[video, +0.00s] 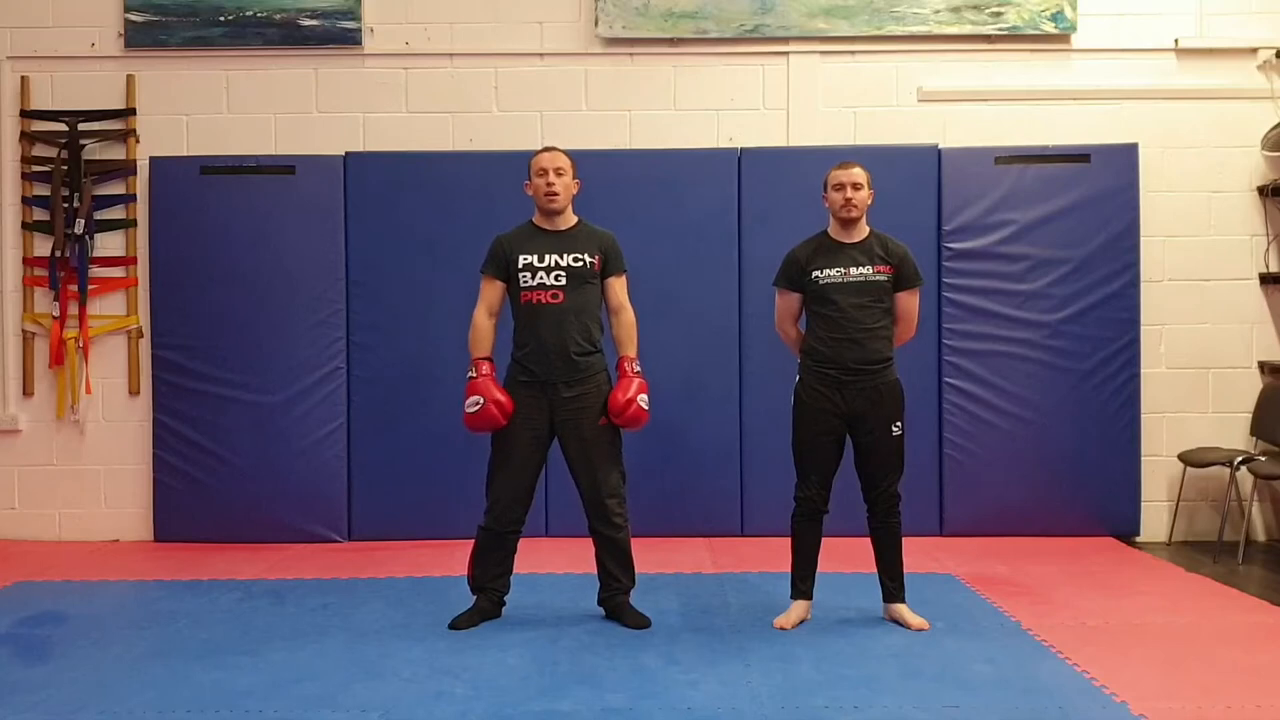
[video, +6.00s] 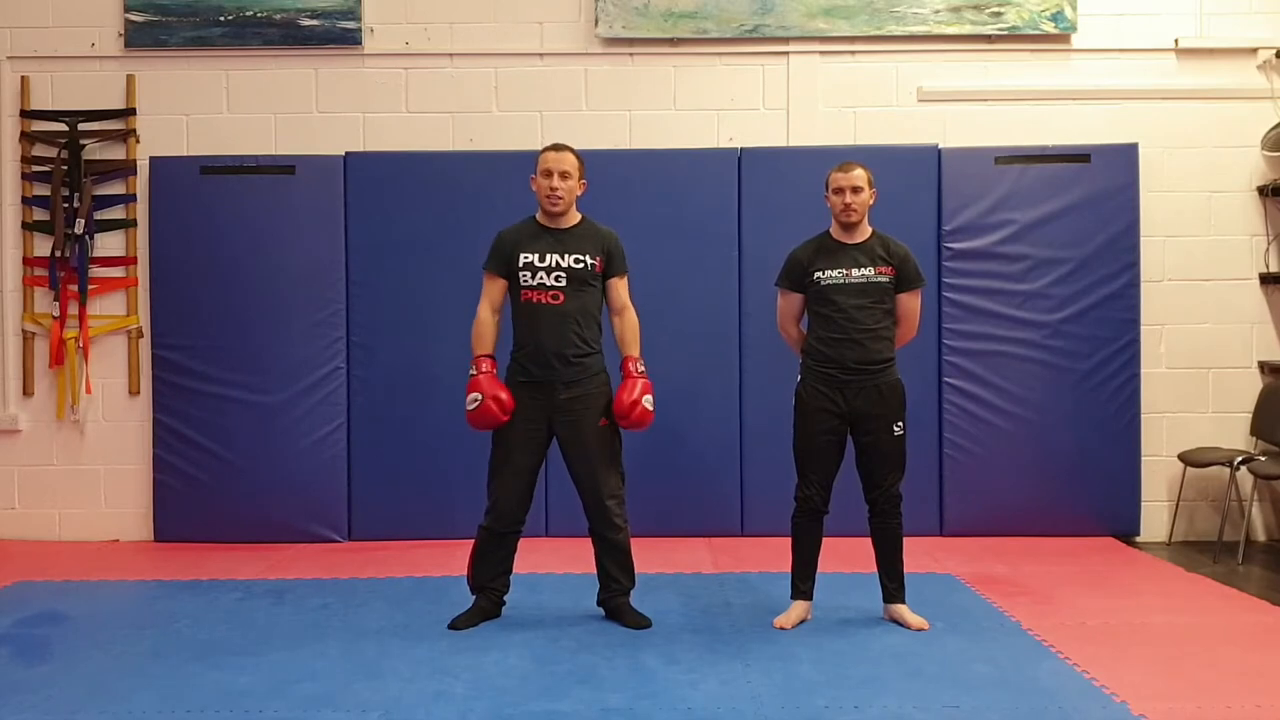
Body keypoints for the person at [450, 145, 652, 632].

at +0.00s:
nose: (550, 181)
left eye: (558, 174)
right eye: (542, 175)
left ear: (575, 184)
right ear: (529, 186)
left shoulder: (601, 243)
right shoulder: (509, 245)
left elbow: (620, 310)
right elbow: (486, 312)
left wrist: (630, 371)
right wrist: (481, 372)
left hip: (588, 389)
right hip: (525, 389)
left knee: (607, 499)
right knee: (504, 500)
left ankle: (617, 597)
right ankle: (488, 597)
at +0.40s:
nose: (546, 181)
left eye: (554, 173)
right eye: (538, 174)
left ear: (572, 184)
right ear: (526, 187)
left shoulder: (600, 242)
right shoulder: (507, 245)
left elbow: (620, 309)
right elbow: (481, 312)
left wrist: (629, 369)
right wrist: (509, 309)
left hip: (587, 388)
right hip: (526, 389)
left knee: (607, 497)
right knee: (504, 497)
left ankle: (617, 597)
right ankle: (488, 598)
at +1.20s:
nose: (553, 180)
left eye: (561, 173)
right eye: (544, 173)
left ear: (575, 184)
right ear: (530, 186)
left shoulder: (600, 243)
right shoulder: (509, 244)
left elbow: (622, 309)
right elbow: (490, 314)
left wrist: (630, 370)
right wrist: (477, 377)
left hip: (588, 388)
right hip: (525, 389)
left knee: (608, 499)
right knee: (504, 500)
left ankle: (616, 597)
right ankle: (488, 597)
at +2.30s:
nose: (547, 176)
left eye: (557, 171)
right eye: (540, 170)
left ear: (574, 187)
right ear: (528, 185)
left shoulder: (598, 240)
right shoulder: (507, 245)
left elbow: (628, 305)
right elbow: (477, 300)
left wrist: (650, 364)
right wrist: (474, 307)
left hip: (584, 388)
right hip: (522, 390)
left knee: (605, 499)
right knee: (503, 500)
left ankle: (616, 598)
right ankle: (488, 598)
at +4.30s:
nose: (544, 179)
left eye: (553, 172)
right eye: (536, 172)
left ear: (571, 183)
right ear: (525, 184)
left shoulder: (599, 241)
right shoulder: (507, 245)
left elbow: (617, 308)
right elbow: (488, 315)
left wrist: (627, 371)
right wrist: (478, 376)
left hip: (586, 390)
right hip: (523, 390)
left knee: (606, 500)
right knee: (504, 500)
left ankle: (616, 597)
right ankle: (488, 597)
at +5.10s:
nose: (556, 173)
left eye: (562, 166)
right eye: (545, 168)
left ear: (576, 181)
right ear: (530, 186)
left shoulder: (601, 239)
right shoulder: (508, 238)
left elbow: (626, 303)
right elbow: (478, 298)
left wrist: (635, 364)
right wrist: (516, 318)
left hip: (587, 387)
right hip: (527, 388)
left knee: (607, 498)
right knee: (505, 497)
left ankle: (616, 597)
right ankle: (488, 597)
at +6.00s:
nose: (554, 184)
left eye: (565, 176)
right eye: (547, 175)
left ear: (580, 185)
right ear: (534, 181)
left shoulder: (603, 241)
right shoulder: (512, 240)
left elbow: (622, 310)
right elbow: (489, 309)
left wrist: (634, 372)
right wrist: (483, 370)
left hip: (586, 388)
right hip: (524, 388)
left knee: (606, 499)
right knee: (505, 500)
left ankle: (616, 598)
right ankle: (488, 597)